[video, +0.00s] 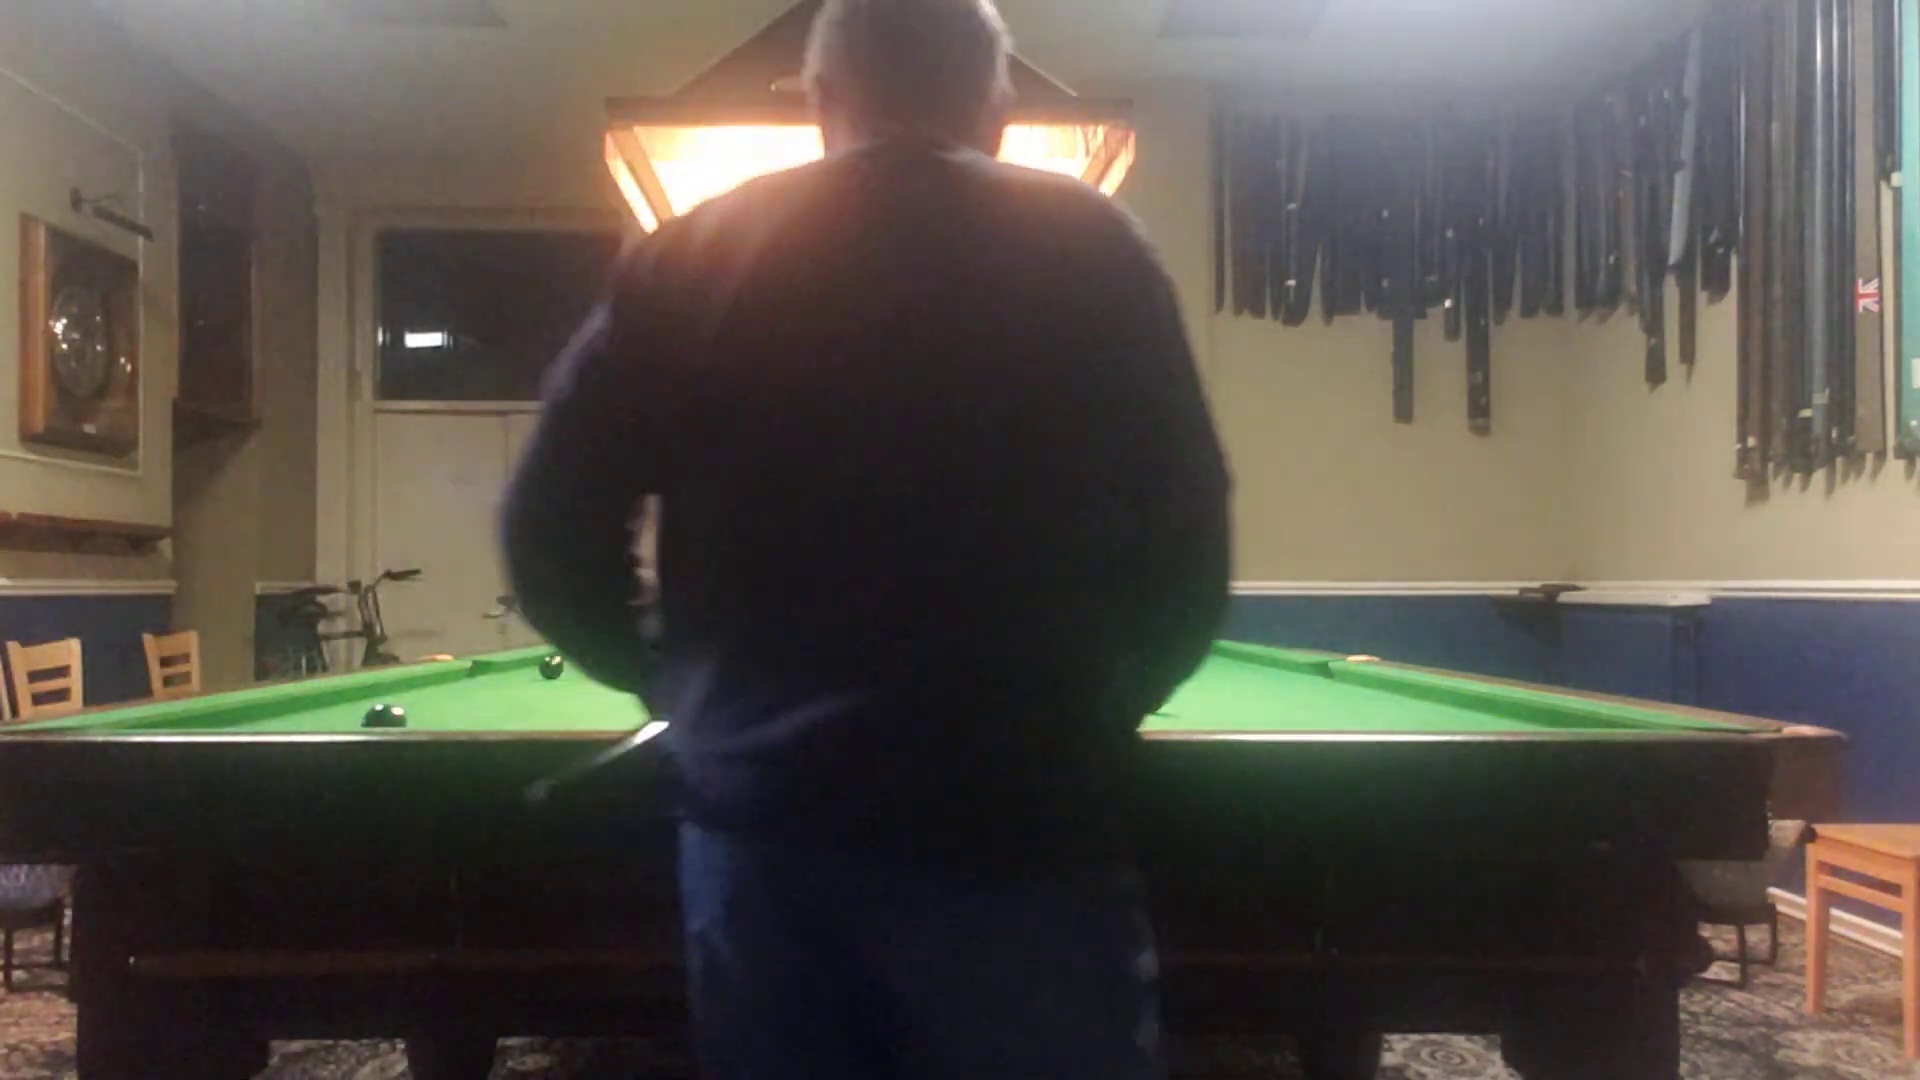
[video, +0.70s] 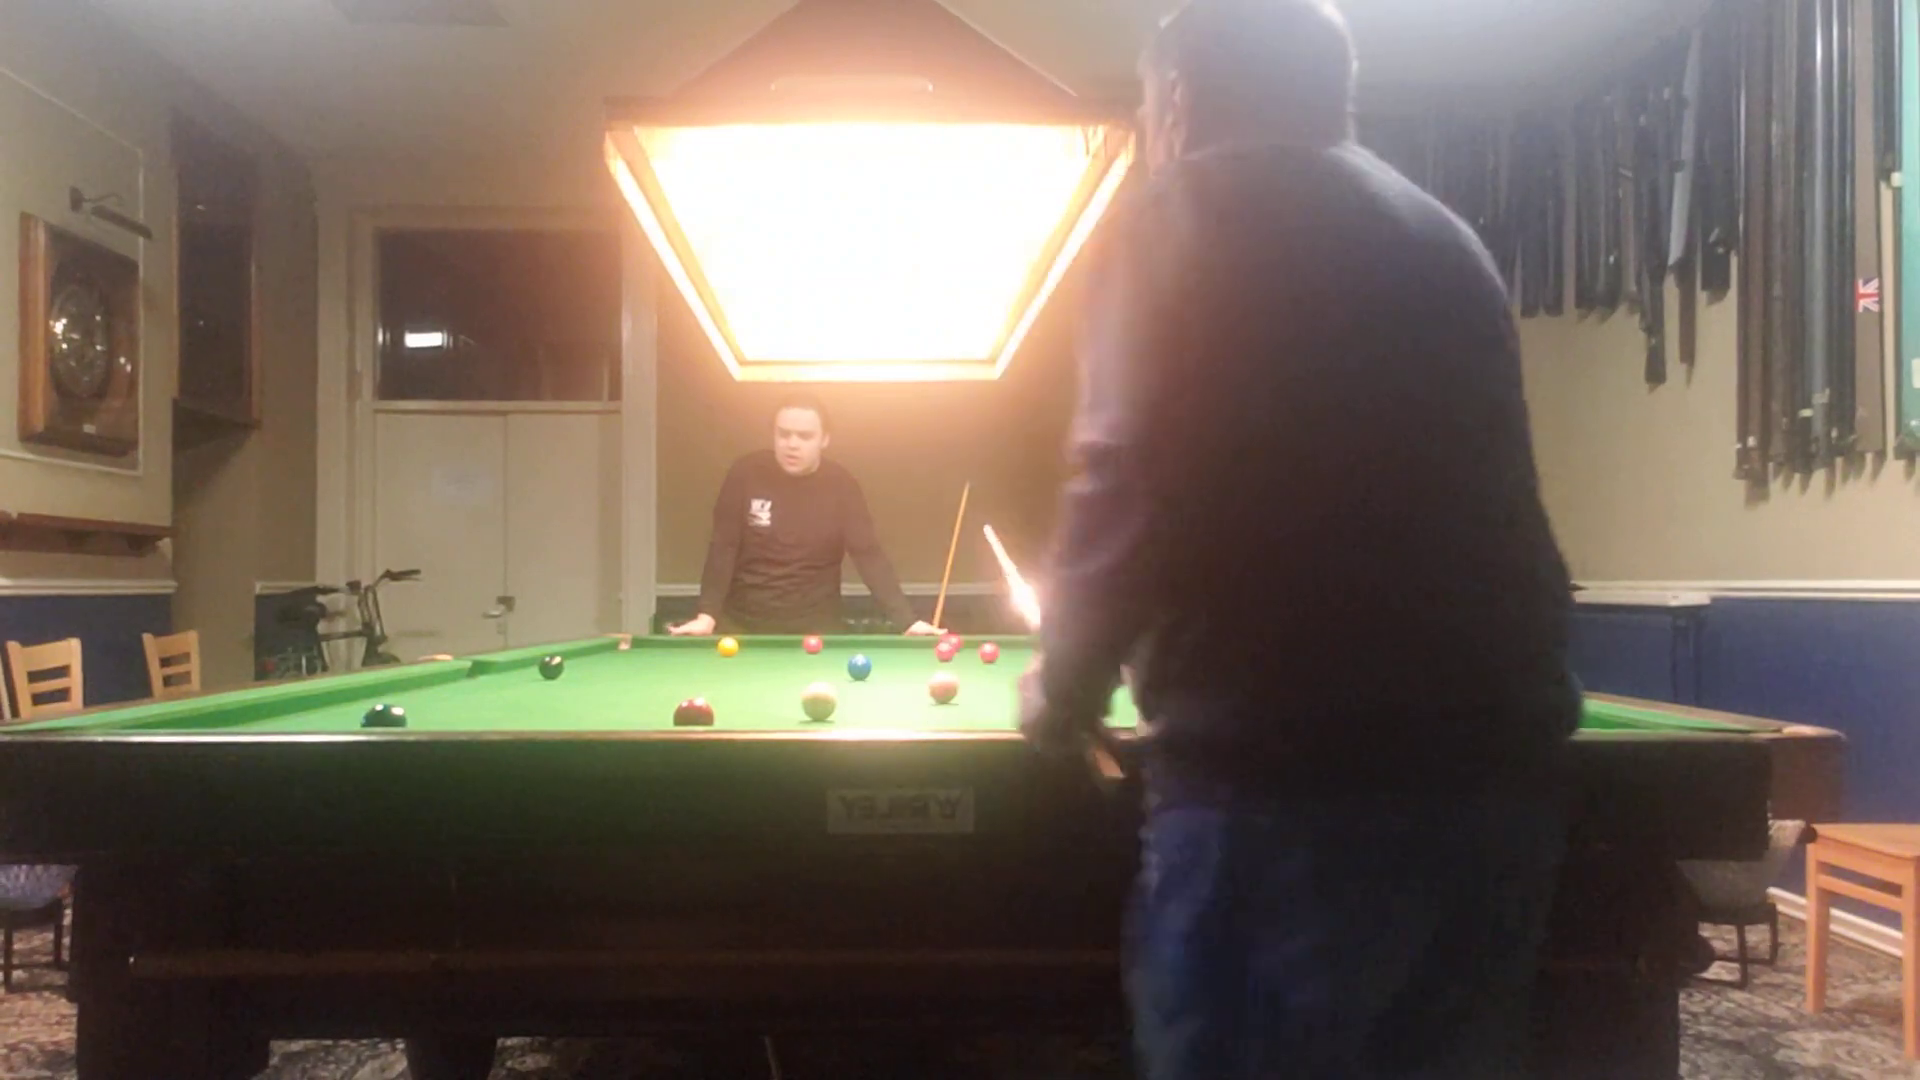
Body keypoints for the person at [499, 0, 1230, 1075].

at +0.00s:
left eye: (816, 98)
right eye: (1006, 93)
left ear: (817, 100)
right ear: (998, 103)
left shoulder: (695, 256)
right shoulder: (1094, 249)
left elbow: (550, 536)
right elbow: (1187, 573)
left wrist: (683, 685)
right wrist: (1076, 708)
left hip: (760, 834)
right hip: (1027, 831)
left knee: (779, 1070)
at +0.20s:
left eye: (931, 98)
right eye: (1104, 99)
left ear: (927, 101)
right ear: (1094, 105)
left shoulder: (814, 246)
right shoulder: (1198, 242)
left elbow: (679, 508)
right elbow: (1286, 566)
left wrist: (772, 673)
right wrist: (1152, 691)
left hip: (869, 820)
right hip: (1136, 820)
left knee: (869, 1070)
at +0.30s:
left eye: (999, 106)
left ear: (993, 107)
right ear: (1153, 108)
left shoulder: (901, 250)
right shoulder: (1266, 255)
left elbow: (764, 548)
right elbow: (1340, 575)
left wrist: (837, 686)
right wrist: (1222, 704)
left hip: (950, 836)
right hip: (1208, 836)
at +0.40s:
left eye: (1070, 106)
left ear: (1071, 108)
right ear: (1230, 111)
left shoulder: (1000, 240)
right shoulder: (1344, 260)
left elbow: (876, 521)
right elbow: (1389, 556)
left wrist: (895, 685)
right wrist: (1313, 711)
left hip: (1045, 822)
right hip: (1293, 821)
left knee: (1021, 1068)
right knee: (1293, 1072)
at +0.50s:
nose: (1100, 124)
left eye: (1104, 103)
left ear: (1128, 100)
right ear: (1286, 106)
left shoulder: (1079, 228)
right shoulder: (1400, 250)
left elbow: (987, 491)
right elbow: (1419, 503)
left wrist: (958, 691)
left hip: (1143, 786)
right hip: (1383, 785)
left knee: (1086, 1062)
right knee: (1376, 1068)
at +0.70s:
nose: (1144, 131)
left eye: (1147, 106)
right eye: (1144, 109)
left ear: (1179, 96)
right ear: (1334, 95)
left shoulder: (1172, 216)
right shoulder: (1448, 237)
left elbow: (1128, 483)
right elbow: (1505, 526)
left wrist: (1060, 702)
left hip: (1267, 790)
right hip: (1494, 784)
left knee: (1230, 1056)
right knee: (1452, 1062)